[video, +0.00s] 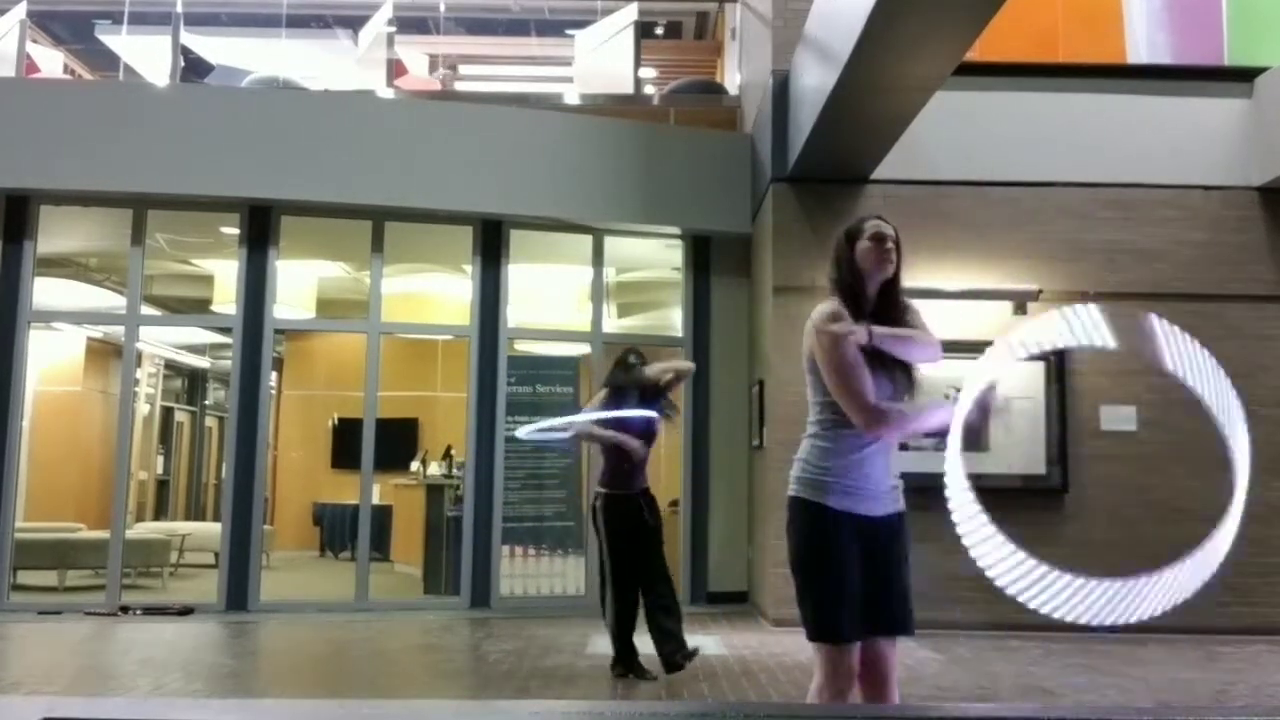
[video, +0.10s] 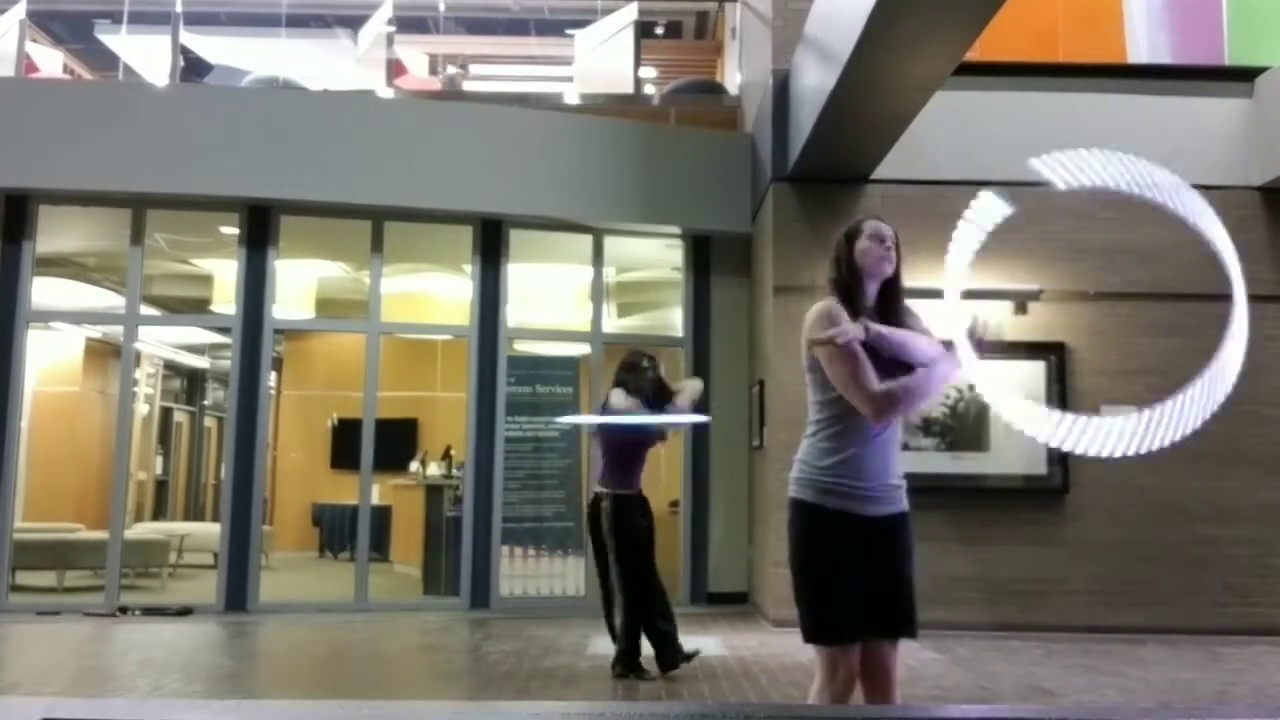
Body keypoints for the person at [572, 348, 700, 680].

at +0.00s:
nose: (648, 371)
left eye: (648, 368)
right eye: (644, 367)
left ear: (638, 373)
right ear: (633, 373)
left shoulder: (651, 397)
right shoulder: (608, 401)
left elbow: (688, 368)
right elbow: (579, 428)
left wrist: (653, 371)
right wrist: (622, 439)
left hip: (641, 500)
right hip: (612, 503)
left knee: (657, 578)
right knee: (622, 583)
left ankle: (673, 653)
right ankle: (624, 659)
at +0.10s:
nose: (654, 380)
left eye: (654, 374)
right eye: (650, 374)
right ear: (638, 378)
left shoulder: (642, 406)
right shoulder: (617, 405)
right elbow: (657, 430)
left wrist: (681, 398)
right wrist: (679, 403)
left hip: (631, 503)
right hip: (610, 505)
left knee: (646, 579)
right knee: (621, 584)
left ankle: (668, 651)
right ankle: (626, 659)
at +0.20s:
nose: (659, 390)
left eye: (660, 382)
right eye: (656, 383)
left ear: (630, 376)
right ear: (644, 380)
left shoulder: (632, 414)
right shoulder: (617, 404)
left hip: (629, 503)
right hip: (619, 505)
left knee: (636, 578)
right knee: (625, 579)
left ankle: (644, 648)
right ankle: (630, 657)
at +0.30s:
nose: (664, 387)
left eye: (662, 378)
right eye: (659, 378)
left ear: (632, 375)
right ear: (643, 377)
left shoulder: (637, 411)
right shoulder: (630, 398)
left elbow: (644, 461)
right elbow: (678, 364)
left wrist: (681, 482)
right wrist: (671, 377)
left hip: (621, 501)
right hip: (630, 503)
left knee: (625, 581)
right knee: (635, 581)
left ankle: (622, 654)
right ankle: (627, 655)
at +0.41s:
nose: (657, 381)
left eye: (655, 375)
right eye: (654, 375)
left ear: (619, 377)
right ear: (649, 378)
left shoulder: (614, 405)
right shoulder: (649, 402)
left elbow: (608, 451)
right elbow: (694, 373)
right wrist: (695, 373)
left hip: (612, 500)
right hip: (637, 505)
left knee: (615, 580)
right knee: (640, 582)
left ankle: (613, 655)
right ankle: (630, 657)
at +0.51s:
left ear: (621, 378)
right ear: (656, 375)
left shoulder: (615, 403)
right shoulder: (670, 404)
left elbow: (601, 450)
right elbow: (713, 397)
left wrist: (602, 480)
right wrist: (684, 391)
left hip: (618, 498)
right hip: (652, 501)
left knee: (616, 576)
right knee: (645, 577)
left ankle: (625, 652)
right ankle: (639, 656)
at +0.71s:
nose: (618, 389)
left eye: (620, 382)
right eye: (618, 383)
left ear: (630, 379)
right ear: (655, 375)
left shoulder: (631, 403)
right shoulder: (671, 405)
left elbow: (610, 439)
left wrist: (586, 469)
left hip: (638, 499)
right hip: (664, 498)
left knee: (627, 574)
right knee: (660, 575)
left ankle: (637, 655)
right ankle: (664, 654)